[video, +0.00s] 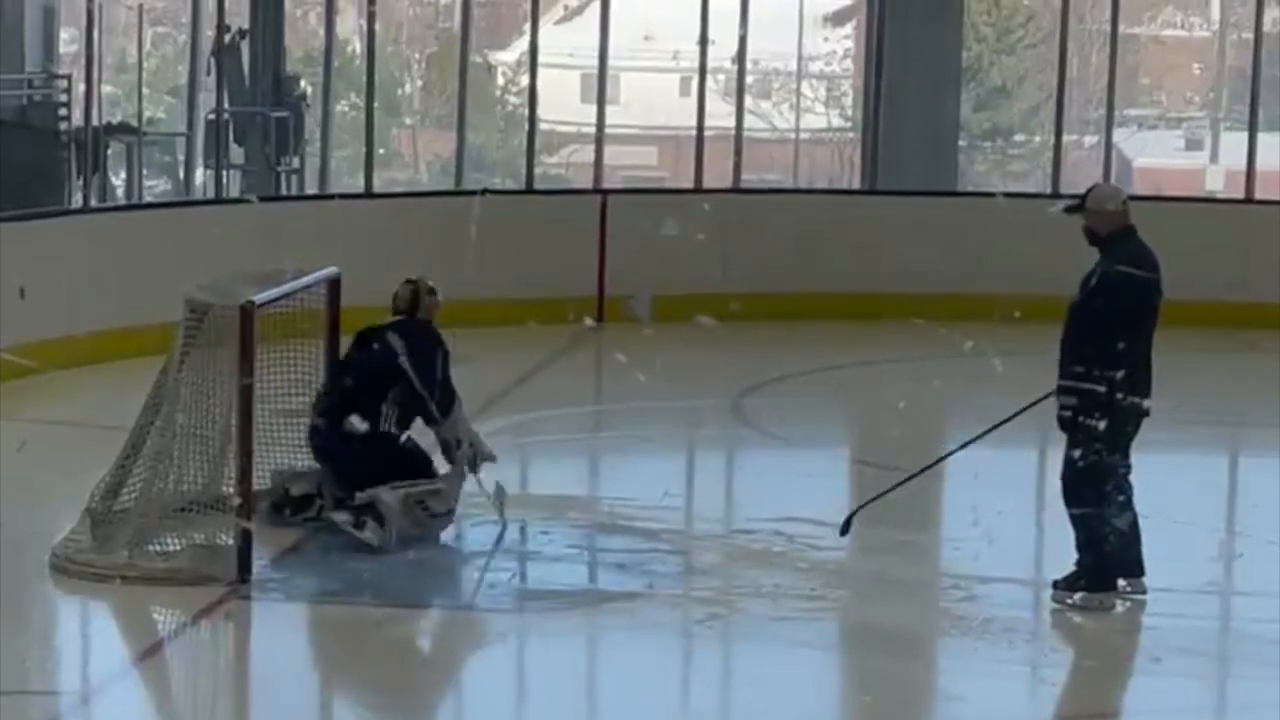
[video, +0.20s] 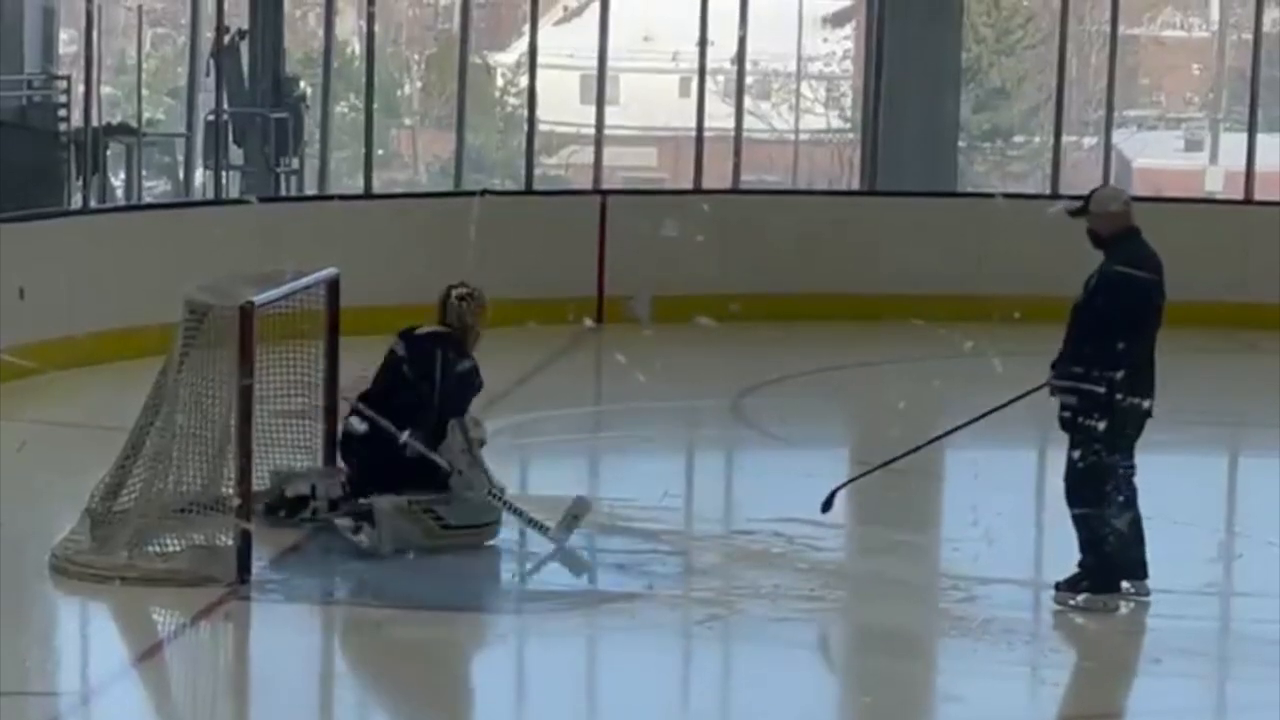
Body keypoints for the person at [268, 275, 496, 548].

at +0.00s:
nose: (438, 309)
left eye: (437, 302)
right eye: (434, 302)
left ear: (401, 305)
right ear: (425, 305)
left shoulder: (376, 334)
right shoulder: (422, 337)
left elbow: (427, 404)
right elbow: (439, 402)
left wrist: (458, 443)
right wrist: (467, 446)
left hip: (326, 437)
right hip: (357, 437)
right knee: (433, 490)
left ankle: (312, 496)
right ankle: (382, 514)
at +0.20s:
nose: (480, 326)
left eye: (480, 318)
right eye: (479, 318)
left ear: (441, 312)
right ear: (474, 320)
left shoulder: (410, 340)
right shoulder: (467, 373)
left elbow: (380, 394)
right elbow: (446, 429)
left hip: (358, 445)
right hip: (405, 462)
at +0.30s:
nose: (503, 330)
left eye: (502, 321)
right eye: (501, 321)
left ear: (465, 317)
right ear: (492, 324)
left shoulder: (435, 345)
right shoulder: (482, 369)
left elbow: (416, 395)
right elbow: (476, 426)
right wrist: (505, 425)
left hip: (387, 453)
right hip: (426, 470)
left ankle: (335, 487)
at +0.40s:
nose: (525, 332)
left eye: (525, 323)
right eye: (522, 323)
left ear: (487, 322)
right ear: (509, 325)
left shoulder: (460, 348)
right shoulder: (497, 365)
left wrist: (525, 426)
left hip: (407, 449)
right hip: (433, 459)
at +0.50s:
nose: (541, 334)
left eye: (540, 324)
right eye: (537, 325)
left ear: (507, 321)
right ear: (527, 325)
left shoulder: (481, 347)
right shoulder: (511, 363)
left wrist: (543, 431)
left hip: (425, 448)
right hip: (450, 461)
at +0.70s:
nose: (583, 331)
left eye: (582, 323)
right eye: (580, 322)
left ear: (547, 316)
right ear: (571, 321)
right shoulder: (553, 357)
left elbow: (545, 415)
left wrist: (581, 428)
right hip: (471, 432)